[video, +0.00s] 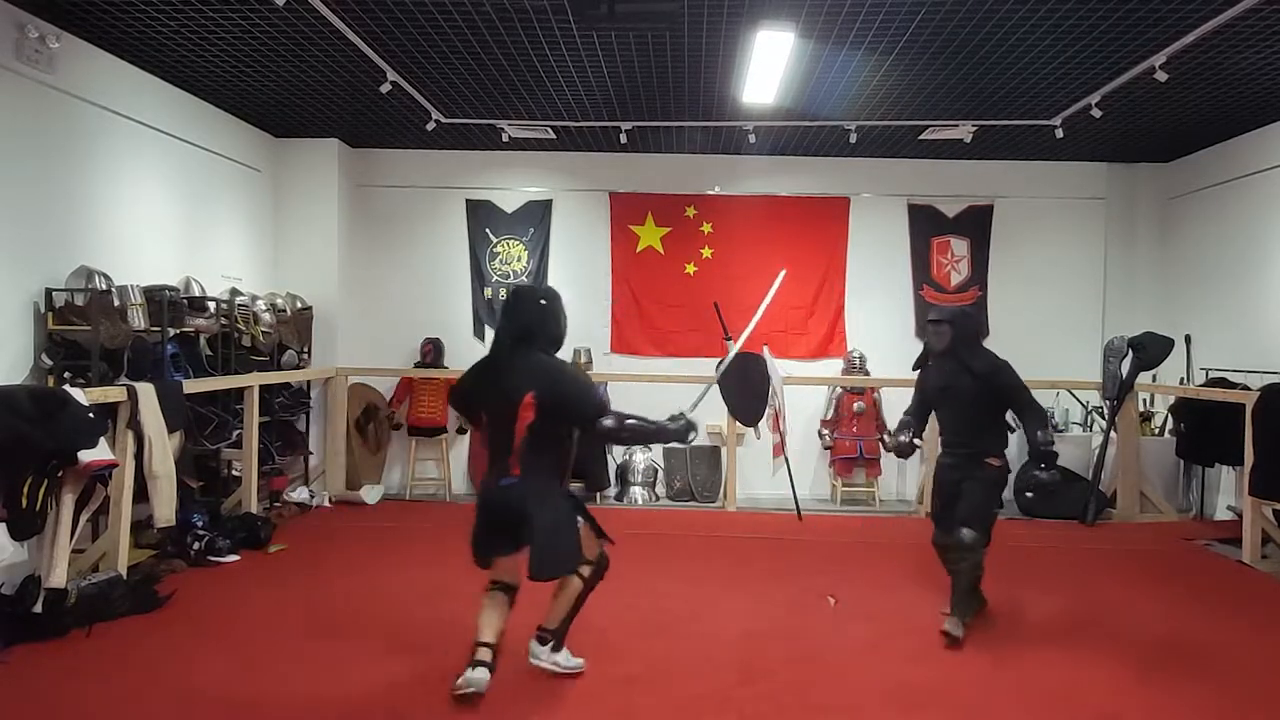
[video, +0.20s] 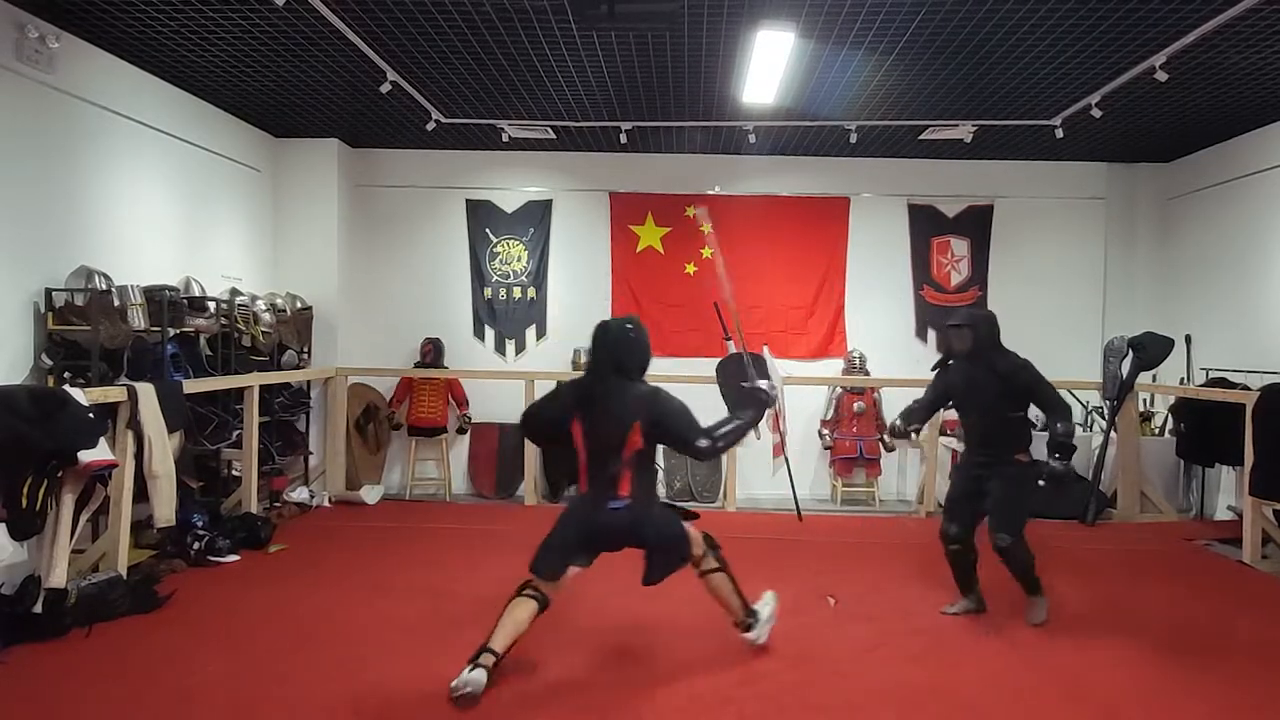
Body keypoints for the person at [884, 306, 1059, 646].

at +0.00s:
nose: (932, 331)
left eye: (940, 324)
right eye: (929, 324)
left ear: (959, 328)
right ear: (925, 328)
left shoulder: (990, 368)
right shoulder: (930, 371)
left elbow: (1031, 411)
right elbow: (917, 412)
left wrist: (1041, 445)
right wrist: (905, 434)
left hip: (986, 464)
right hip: (949, 462)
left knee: (968, 538)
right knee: (943, 540)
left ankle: (957, 615)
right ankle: (972, 597)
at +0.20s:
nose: (954, 338)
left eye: (961, 331)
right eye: (950, 331)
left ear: (981, 333)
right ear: (946, 335)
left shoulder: (1011, 368)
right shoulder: (952, 372)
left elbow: (1058, 409)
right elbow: (928, 403)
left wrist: (1059, 455)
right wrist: (905, 421)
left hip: (1013, 463)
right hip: (972, 462)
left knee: (1003, 537)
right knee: (953, 533)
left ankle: (1035, 595)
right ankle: (971, 597)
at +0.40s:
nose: (989, 345)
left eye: (996, 339)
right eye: (986, 339)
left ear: (1016, 341)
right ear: (983, 342)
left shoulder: (1043, 369)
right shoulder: (982, 374)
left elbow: (1099, 389)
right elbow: (942, 376)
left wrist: (1097, 420)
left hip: (1043, 473)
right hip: (1003, 474)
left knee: (1077, 544)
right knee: (977, 534)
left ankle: (1109, 565)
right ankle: (972, 597)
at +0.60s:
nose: (1032, 369)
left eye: (1039, 364)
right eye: (1031, 363)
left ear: (1058, 367)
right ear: (1029, 365)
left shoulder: (1089, 397)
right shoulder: (1025, 396)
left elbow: (1130, 404)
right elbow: (983, 386)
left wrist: (1162, 405)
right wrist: (973, 344)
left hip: (1082, 488)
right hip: (1042, 484)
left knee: (1105, 551)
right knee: (1022, 533)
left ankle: (1133, 578)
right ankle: (1007, 589)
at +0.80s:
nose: (1043, 353)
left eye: (1050, 346)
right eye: (1038, 346)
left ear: (1066, 351)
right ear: (1029, 350)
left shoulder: (1093, 380)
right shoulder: (1022, 382)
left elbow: (1130, 415)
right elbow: (982, 397)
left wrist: (1102, 415)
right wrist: (943, 389)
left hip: (1087, 472)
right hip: (1043, 471)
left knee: (1116, 538)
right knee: (1022, 525)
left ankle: (1140, 571)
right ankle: (1013, 591)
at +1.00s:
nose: (1033, 349)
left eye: (1040, 342)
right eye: (1027, 343)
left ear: (1055, 347)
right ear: (1017, 349)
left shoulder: (1077, 380)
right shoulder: (1008, 387)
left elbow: (1121, 414)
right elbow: (988, 431)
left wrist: (1110, 444)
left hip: (1077, 473)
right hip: (1033, 474)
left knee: (1117, 539)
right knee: (1011, 530)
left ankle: (1158, 576)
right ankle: (1012, 599)